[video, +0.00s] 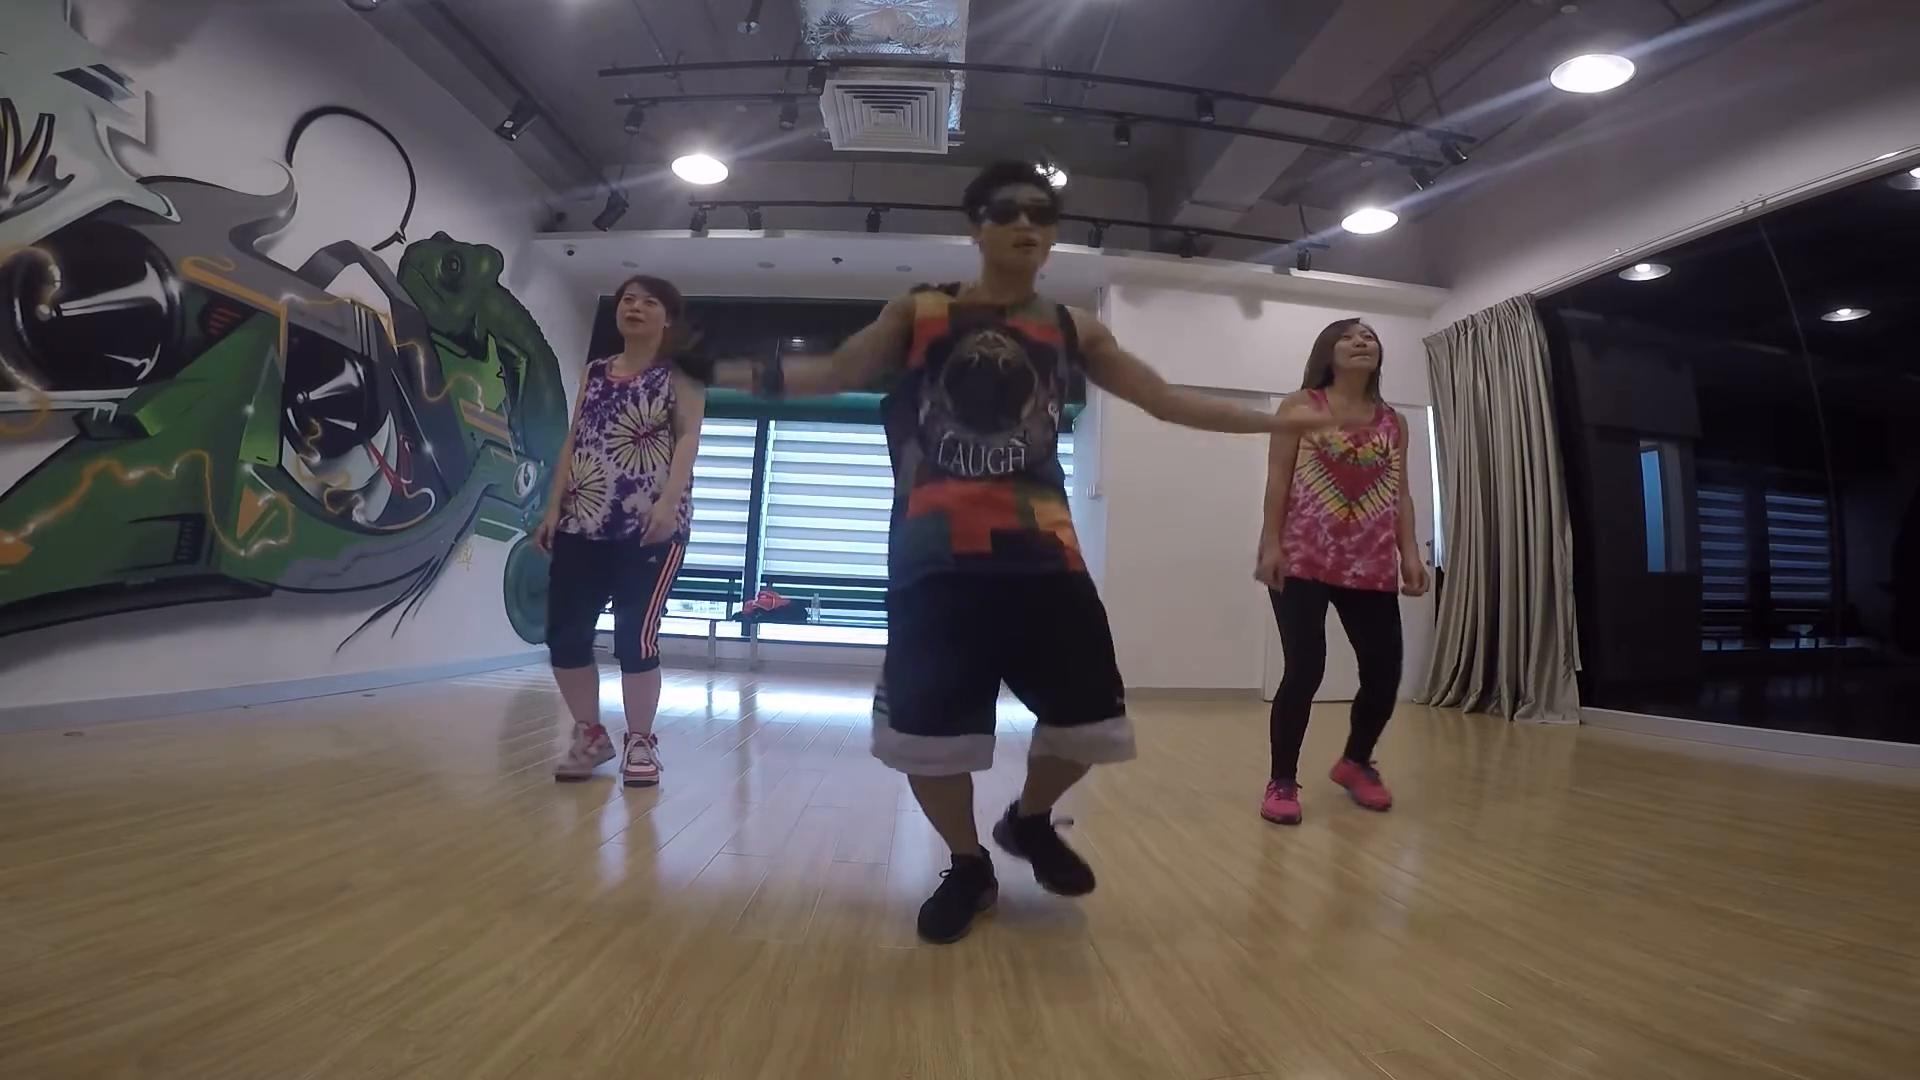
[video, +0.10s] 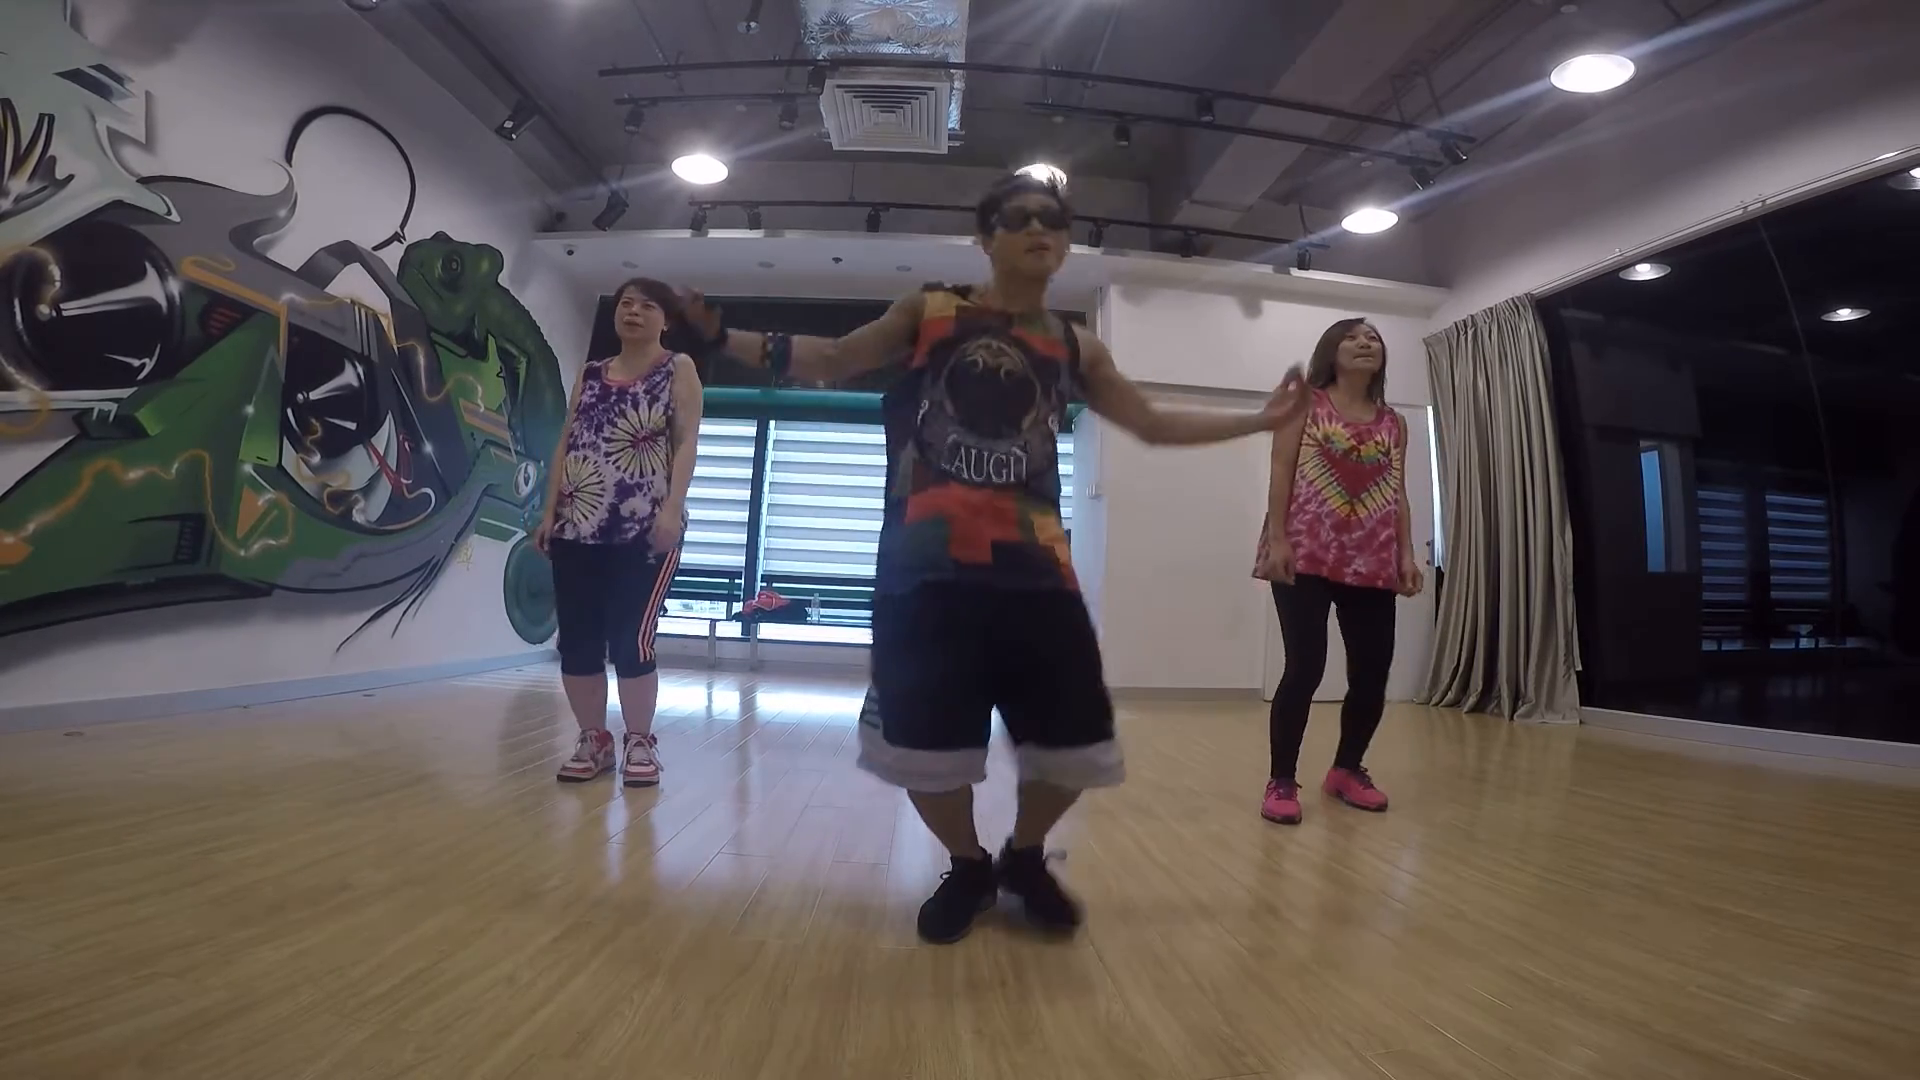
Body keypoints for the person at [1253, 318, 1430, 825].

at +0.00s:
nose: (1363, 341)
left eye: (1370, 337)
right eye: (1349, 336)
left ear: (1380, 357)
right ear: (1327, 355)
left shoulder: (1392, 421)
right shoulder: (1300, 406)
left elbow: (1400, 494)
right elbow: (1279, 476)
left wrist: (1411, 552)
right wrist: (1271, 543)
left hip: (1368, 565)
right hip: (1301, 559)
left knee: (1384, 671)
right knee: (1305, 668)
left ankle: (1355, 762)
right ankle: (1283, 783)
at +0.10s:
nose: (1365, 342)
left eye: (1374, 339)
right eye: (1353, 337)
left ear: (1384, 359)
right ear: (1331, 355)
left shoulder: (1393, 423)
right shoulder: (1303, 402)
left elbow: (1397, 494)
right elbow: (1282, 471)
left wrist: (1406, 552)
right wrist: (1277, 538)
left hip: (1370, 562)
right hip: (1304, 555)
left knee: (1371, 673)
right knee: (1305, 667)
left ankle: (1346, 771)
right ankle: (1283, 782)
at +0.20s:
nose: (1368, 344)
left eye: (1376, 340)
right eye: (1355, 339)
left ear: (1387, 360)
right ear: (1334, 356)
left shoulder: (1396, 426)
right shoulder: (1308, 407)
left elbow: (1401, 500)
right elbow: (1287, 480)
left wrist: (1406, 562)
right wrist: (1286, 544)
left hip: (1374, 565)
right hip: (1310, 559)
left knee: (1368, 676)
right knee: (1311, 668)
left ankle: (1346, 772)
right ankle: (1283, 781)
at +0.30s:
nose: (1371, 348)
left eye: (1379, 344)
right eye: (1358, 342)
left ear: (1389, 363)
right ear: (1337, 359)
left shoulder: (1396, 426)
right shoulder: (1310, 409)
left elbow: (1406, 498)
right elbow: (1294, 479)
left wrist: (1416, 562)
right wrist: (1292, 547)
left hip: (1380, 566)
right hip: (1316, 560)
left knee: (1372, 675)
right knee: (1320, 670)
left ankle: (1346, 772)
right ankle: (1284, 782)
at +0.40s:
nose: (1370, 351)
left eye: (1377, 347)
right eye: (1357, 347)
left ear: (1389, 367)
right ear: (1337, 365)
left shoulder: (1399, 432)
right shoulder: (1312, 414)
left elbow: (1410, 504)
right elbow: (1295, 485)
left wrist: (1425, 567)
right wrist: (1294, 553)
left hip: (1383, 576)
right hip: (1322, 570)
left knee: (1375, 679)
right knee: (1339, 670)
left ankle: (1347, 772)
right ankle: (1290, 780)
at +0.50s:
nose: (1364, 352)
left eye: (1372, 349)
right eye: (1351, 349)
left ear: (1382, 368)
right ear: (1331, 368)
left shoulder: (1398, 431)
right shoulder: (1309, 419)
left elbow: (1414, 504)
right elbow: (1293, 490)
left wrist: (1430, 568)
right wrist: (1290, 557)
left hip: (1386, 577)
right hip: (1325, 573)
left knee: (1379, 679)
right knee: (1354, 665)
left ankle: (1348, 772)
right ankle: (1299, 767)